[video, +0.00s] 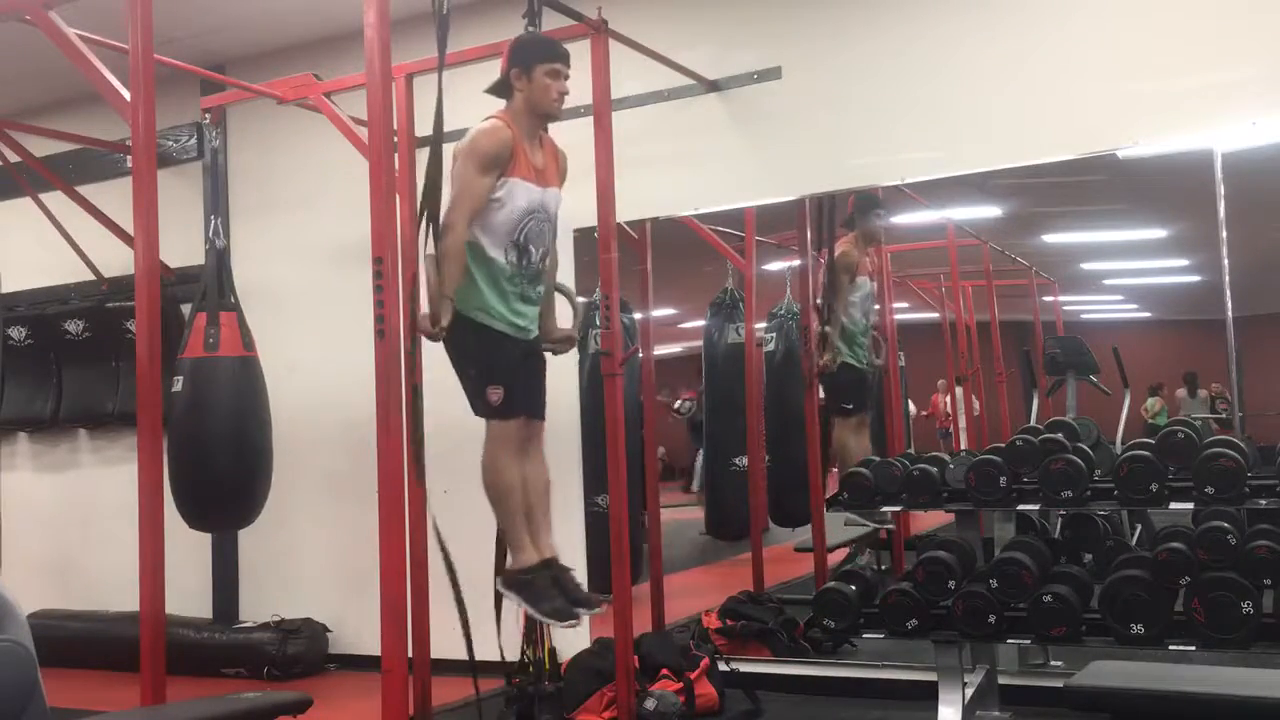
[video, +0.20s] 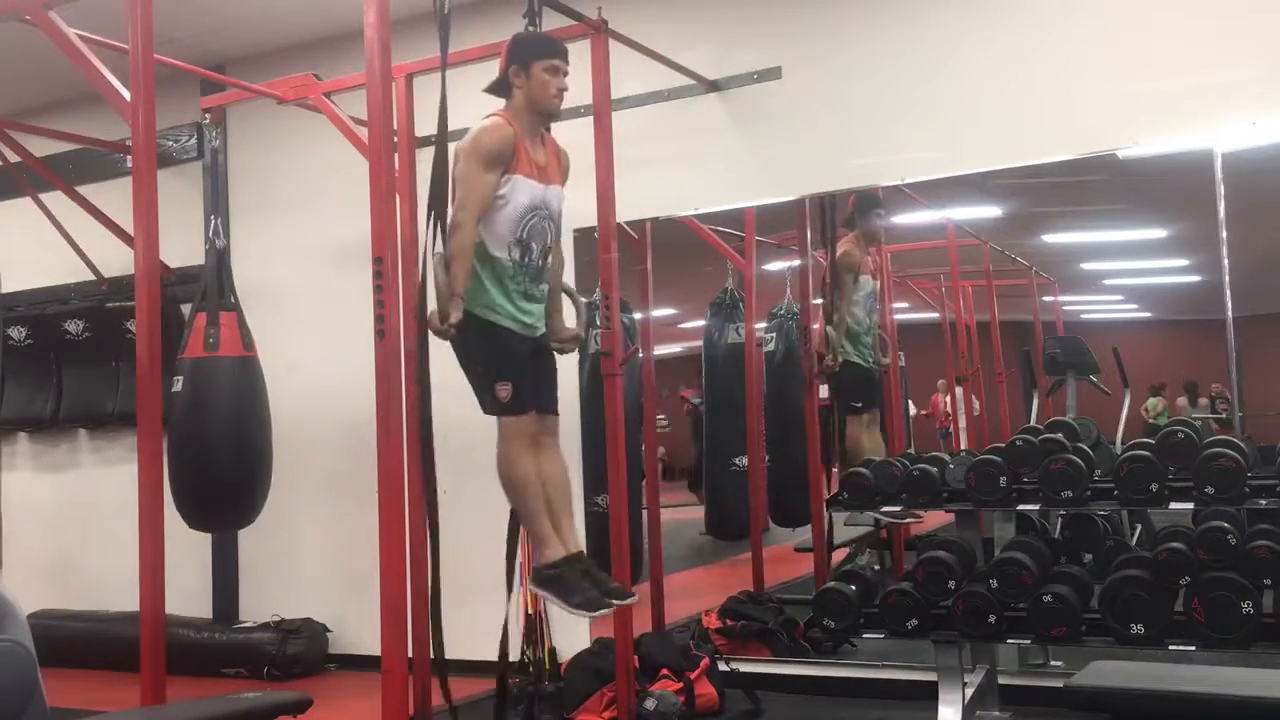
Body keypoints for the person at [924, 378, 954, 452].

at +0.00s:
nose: (942, 389)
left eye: (944, 387)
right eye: (941, 387)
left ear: (946, 387)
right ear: (938, 387)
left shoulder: (949, 396)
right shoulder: (935, 397)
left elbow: (953, 408)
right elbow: (932, 409)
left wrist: (951, 417)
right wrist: (926, 413)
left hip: (949, 422)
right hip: (940, 423)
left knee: (950, 439)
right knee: (942, 439)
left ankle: (952, 452)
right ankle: (944, 453)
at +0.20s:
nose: (942, 389)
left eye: (944, 387)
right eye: (941, 387)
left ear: (946, 387)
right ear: (938, 387)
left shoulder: (949, 396)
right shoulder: (935, 397)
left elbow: (953, 408)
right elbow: (932, 409)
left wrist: (949, 416)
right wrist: (926, 413)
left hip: (949, 422)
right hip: (940, 422)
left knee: (950, 438)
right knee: (942, 439)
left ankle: (953, 452)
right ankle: (944, 453)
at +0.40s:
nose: (942, 388)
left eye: (943, 386)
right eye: (940, 386)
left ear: (946, 387)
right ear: (938, 387)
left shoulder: (949, 396)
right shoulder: (934, 397)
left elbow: (953, 408)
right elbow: (932, 409)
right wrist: (926, 412)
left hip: (949, 422)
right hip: (940, 422)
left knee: (951, 438)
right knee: (941, 439)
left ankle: (954, 452)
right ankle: (943, 453)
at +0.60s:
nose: (942, 388)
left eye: (944, 386)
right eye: (940, 386)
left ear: (946, 387)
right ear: (938, 387)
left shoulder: (949, 396)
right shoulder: (935, 397)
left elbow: (953, 408)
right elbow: (932, 408)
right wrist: (924, 413)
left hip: (949, 421)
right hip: (940, 421)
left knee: (951, 437)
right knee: (941, 439)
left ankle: (954, 451)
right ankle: (943, 452)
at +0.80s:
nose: (942, 388)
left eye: (943, 386)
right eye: (940, 387)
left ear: (946, 386)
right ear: (938, 387)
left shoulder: (949, 396)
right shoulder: (935, 397)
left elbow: (953, 408)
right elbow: (932, 409)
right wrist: (924, 415)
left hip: (949, 421)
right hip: (940, 421)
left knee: (951, 437)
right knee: (941, 438)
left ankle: (954, 451)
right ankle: (943, 452)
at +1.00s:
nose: (942, 389)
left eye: (943, 386)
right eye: (940, 387)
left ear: (946, 387)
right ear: (938, 387)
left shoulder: (949, 396)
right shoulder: (934, 397)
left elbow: (953, 409)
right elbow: (932, 410)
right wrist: (925, 416)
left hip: (949, 421)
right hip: (939, 421)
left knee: (951, 437)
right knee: (941, 439)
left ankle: (954, 452)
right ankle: (943, 453)